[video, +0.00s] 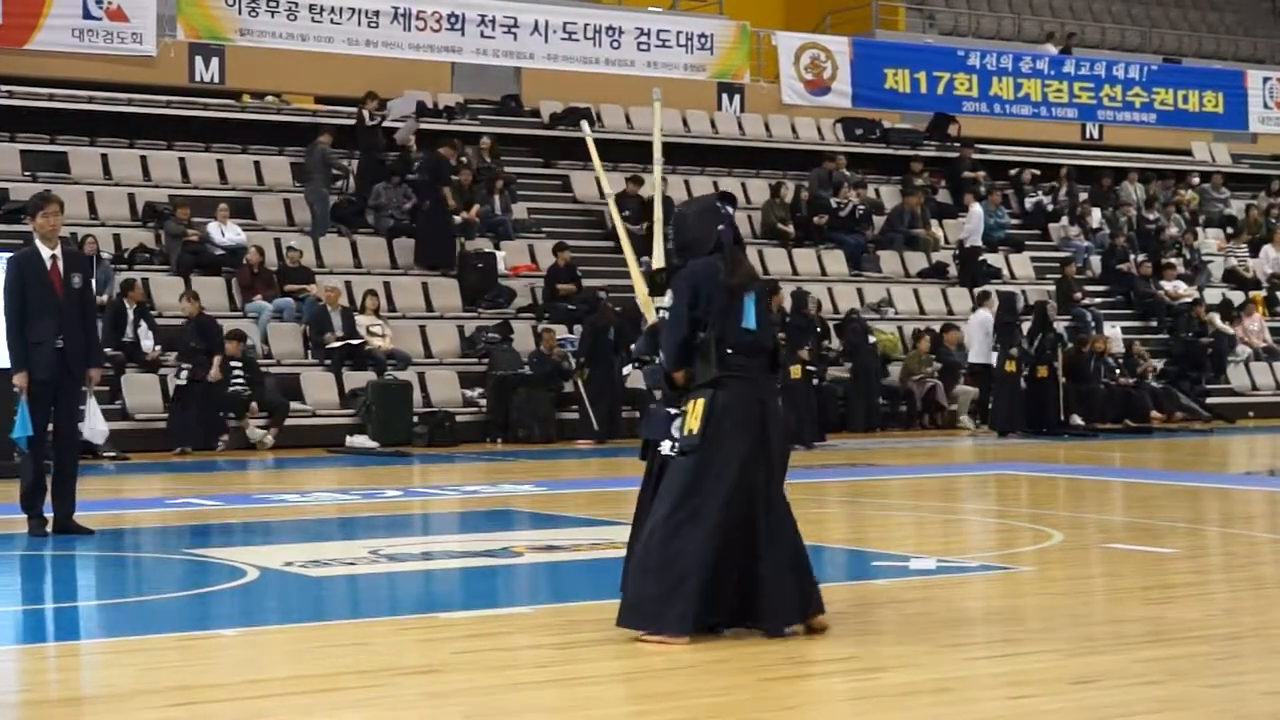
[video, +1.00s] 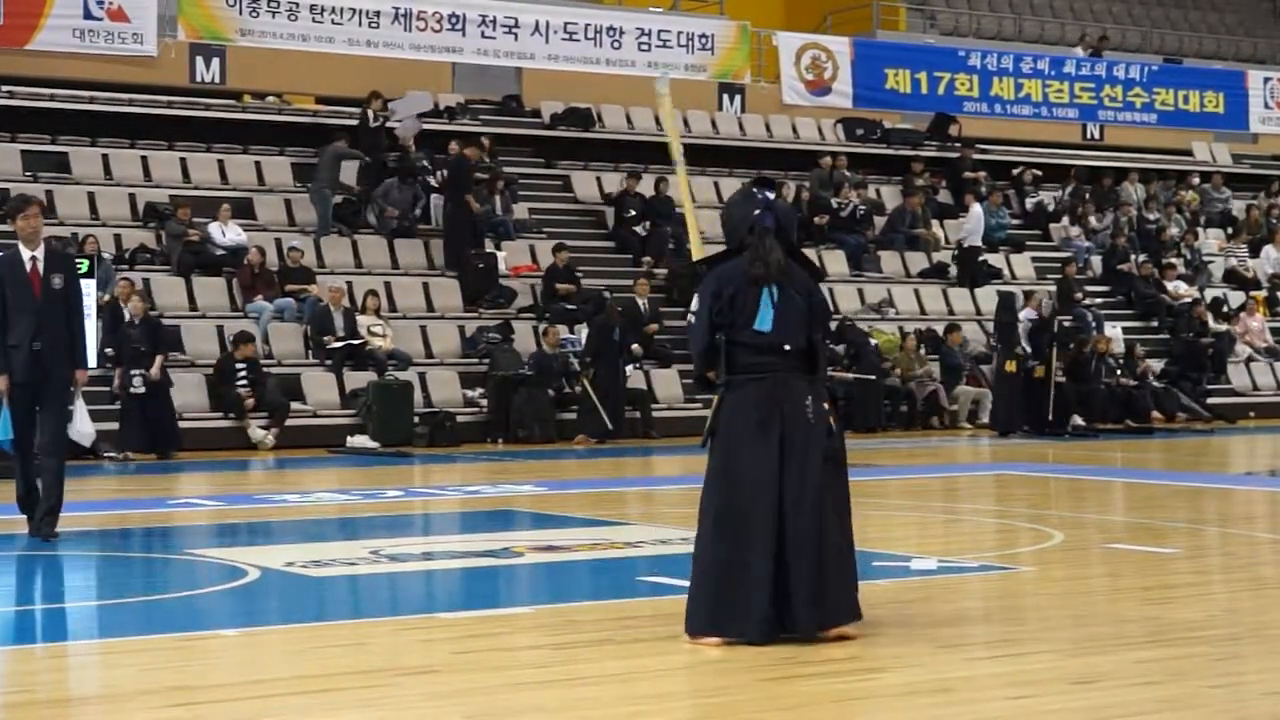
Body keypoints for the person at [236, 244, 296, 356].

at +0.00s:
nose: (250, 256)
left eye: (253, 254)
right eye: (249, 253)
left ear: (260, 258)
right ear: (247, 256)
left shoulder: (267, 272)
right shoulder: (243, 271)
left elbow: (275, 291)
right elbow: (245, 284)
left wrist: (263, 296)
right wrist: (246, 265)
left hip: (269, 301)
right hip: (250, 302)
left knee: (289, 303)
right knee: (267, 308)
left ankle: (288, 336)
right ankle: (260, 341)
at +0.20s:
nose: (250, 256)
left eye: (253, 254)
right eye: (249, 254)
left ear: (260, 258)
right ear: (247, 256)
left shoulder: (267, 272)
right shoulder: (243, 271)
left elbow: (275, 291)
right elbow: (245, 284)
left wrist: (263, 296)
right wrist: (246, 265)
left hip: (269, 301)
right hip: (250, 302)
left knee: (289, 302)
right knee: (267, 308)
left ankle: (287, 336)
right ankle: (260, 341)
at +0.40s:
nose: (250, 257)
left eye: (253, 254)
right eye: (249, 254)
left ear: (261, 258)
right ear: (247, 257)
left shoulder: (267, 273)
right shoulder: (243, 271)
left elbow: (276, 292)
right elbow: (245, 284)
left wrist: (263, 296)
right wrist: (247, 265)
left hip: (270, 301)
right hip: (250, 303)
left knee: (289, 303)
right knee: (267, 308)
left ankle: (288, 336)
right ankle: (260, 341)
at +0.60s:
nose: (250, 257)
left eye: (254, 254)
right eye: (249, 254)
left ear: (261, 258)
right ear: (248, 257)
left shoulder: (267, 273)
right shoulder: (244, 271)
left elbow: (275, 291)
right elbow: (245, 284)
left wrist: (263, 296)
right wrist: (247, 265)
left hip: (269, 301)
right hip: (251, 302)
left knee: (289, 303)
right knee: (268, 308)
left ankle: (288, 336)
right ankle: (260, 342)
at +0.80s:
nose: (250, 257)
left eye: (254, 254)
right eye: (250, 254)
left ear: (261, 258)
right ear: (248, 257)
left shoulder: (267, 272)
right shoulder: (244, 271)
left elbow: (275, 291)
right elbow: (245, 284)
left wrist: (263, 296)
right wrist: (247, 265)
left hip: (269, 301)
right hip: (251, 302)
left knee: (289, 303)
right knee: (268, 309)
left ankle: (288, 336)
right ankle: (260, 341)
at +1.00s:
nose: (251, 257)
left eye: (254, 254)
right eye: (250, 254)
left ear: (261, 258)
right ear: (248, 257)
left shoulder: (268, 272)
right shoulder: (243, 271)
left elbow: (276, 291)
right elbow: (245, 284)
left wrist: (264, 296)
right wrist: (247, 265)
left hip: (270, 301)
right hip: (251, 302)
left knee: (290, 303)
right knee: (268, 309)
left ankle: (288, 336)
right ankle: (261, 341)